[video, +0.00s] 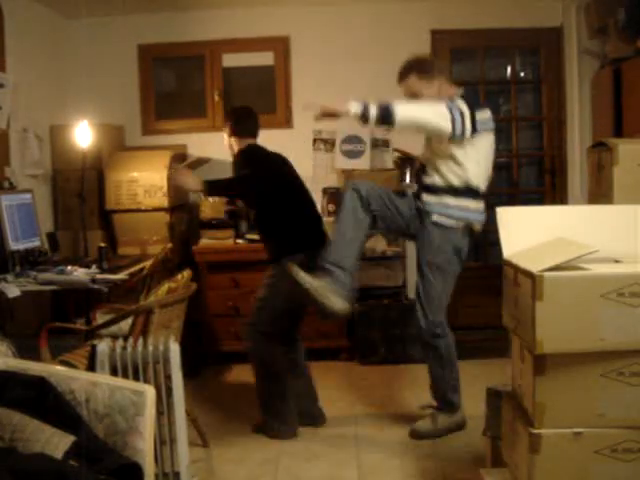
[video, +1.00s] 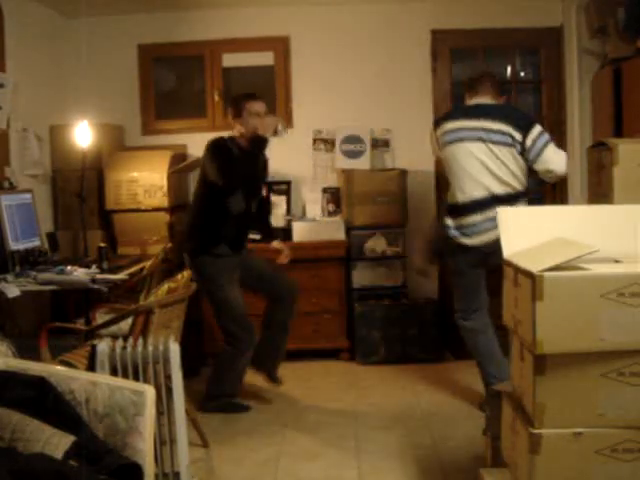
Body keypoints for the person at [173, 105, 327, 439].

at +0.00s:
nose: (225, 140)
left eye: (225, 134)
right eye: (226, 134)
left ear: (230, 134)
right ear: (257, 132)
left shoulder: (250, 161)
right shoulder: (275, 160)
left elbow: (247, 187)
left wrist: (201, 185)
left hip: (291, 257)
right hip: (311, 253)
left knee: (262, 331)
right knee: (285, 332)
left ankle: (279, 420)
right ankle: (307, 408)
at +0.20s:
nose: (240, 125)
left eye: (239, 119)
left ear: (239, 120)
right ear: (267, 122)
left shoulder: (228, 144)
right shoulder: (285, 150)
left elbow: (199, 182)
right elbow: (304, 202)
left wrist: (184, 209)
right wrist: (286, 225)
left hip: (249, 234)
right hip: (288, 238)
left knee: (212, 270)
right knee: (266, 316)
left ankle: (220, 350)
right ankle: (287, 404)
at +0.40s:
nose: (284, 142)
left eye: (283, 137)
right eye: (285, 137)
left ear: (254, 133)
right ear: (281, 136)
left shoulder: (223, 162)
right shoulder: (285, 164)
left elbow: (184, 203)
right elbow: (312, 211)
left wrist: (201, 237)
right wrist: (291, 193)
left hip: (217, 258)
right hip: (257, 259)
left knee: (219, 331)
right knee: (261, 340)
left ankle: (207, 407)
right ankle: (236, 412)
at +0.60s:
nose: (291, 138)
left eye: (291, 131)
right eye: (290, 132)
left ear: (259, 129)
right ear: (277, 130)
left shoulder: (227, 157)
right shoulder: (275, 159)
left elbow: (192, 203)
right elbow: (306, 202)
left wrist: (189, 245)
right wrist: (307, 167)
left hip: (203, 250)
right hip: (234, 253)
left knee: (242, 314)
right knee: (256, 334)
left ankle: (226, 371)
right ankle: (238, 414)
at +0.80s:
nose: (287, 122)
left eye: (287, 115)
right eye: (281, 115)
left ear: (260, 119)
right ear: (257, 117)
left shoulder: (247, 145)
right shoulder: (244, 144)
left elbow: (235, 197)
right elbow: (271, 184)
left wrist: (245, 230)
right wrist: (292, 147)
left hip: (223, 244)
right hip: (210, 246)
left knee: (260, 308)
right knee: (238, 319)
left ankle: (247, 384)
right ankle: (216, 394)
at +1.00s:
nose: (260, 123)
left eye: (263, 116)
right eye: (253, 115)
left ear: (265, 120)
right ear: (237, 119)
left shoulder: (258, 157)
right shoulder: (218, 148)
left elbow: (257, 208)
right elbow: (229, 185)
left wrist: (272, 239)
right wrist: (256, 142)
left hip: (235, 253)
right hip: (208, 255)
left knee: (284, 288)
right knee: (241, 333)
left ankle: (266, 358)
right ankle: (218, 397)